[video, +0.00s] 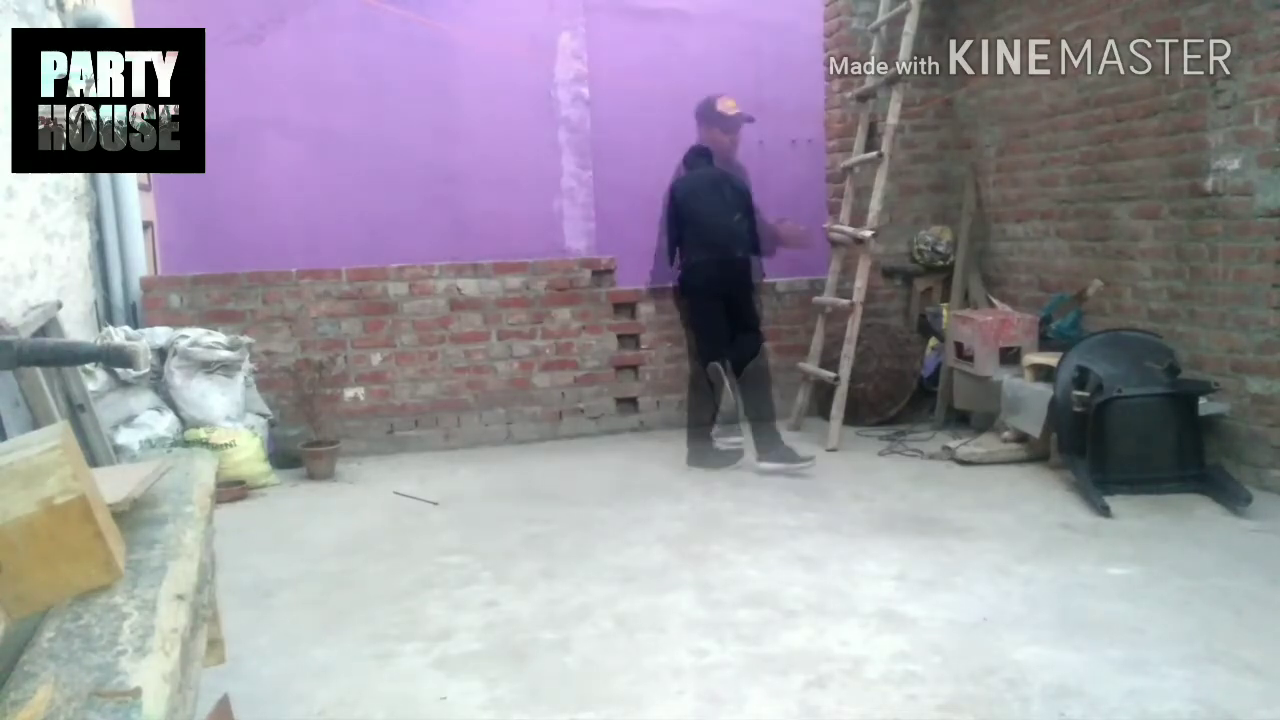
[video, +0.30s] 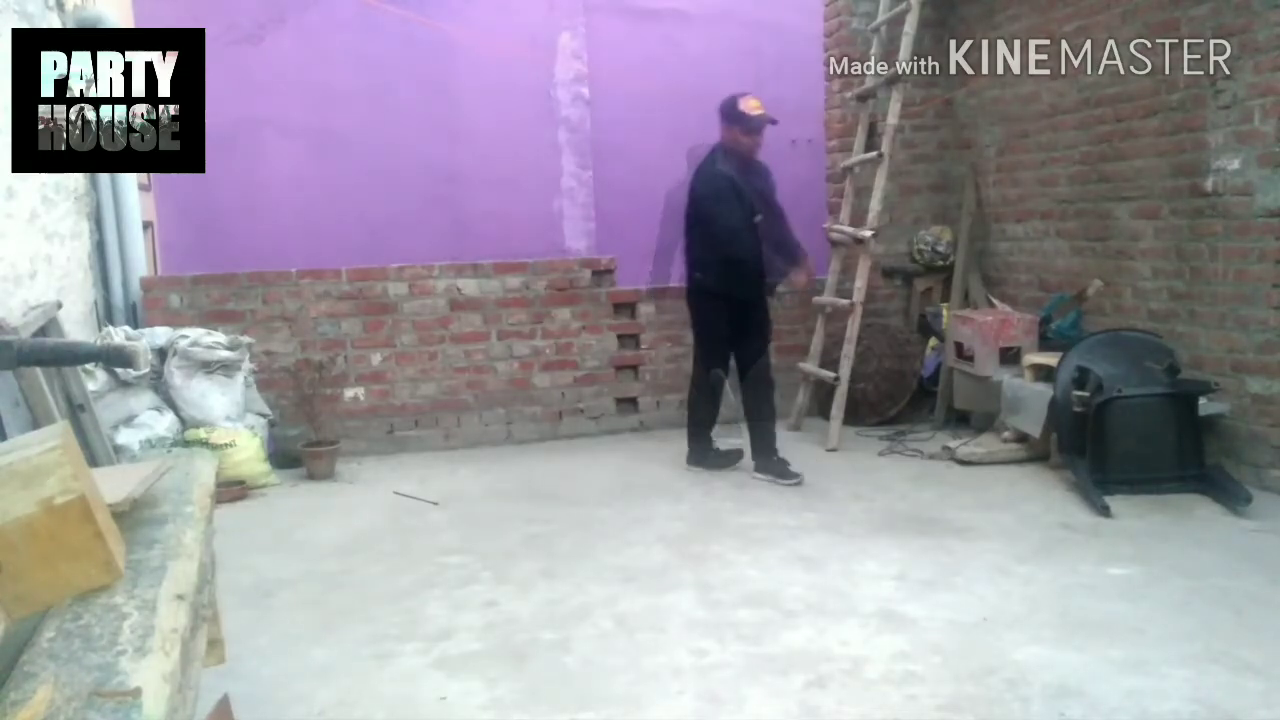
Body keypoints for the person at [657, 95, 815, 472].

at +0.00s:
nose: (734, 139)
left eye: (736, 131)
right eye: (726, 131)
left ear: (737, 131)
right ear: (705, 131)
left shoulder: (735, 176)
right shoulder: (694, 178)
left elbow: (741, 226)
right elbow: (718, 230)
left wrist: (771, 233)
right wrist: (767, 234)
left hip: (735, 276)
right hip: (702, 280)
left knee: (750, 356)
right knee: (709, 360)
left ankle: (769, 444)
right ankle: (699, 445)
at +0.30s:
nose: (756, 139)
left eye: (760, 131)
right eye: (748, 132)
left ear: (762, 132)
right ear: (727, 131)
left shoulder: (756, 172)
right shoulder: (712, 176)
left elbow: (775, 219)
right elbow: (733, 238)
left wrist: (796, 259)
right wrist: (765, 274)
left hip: (748, 287)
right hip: (711, 289)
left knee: (756, 369)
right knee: (710, 368)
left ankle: (766, 454)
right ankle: (699, 448)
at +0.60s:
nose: (784, 138)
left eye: (789, 129)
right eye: (776, 130)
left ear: (793, 128)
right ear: (755, 126)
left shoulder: (788, 171)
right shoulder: (730, 173)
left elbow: (798, 232)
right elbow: (723, 244)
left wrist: (804, 286)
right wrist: (732, 301)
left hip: (774, 286)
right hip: (736, 288)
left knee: (773, 373)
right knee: (731, 368)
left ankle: (767, 455)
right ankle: (715, 432)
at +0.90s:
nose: (787, 136)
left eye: (793, 127)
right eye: (778, 127)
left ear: (801, 123)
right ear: (760, 124)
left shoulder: (810, 168)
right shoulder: (728, 169)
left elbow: (819, 232)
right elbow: (698, 229)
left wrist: (815, 288)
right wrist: (685, 285)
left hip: (791, 295)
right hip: (742, 295)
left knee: (789, 379)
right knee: (743, 373)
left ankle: (772, 454)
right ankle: (743, 439)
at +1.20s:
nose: (777, 132)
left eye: (783, 123)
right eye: (768, 124)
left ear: (794, 119)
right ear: (754, 123)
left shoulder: (820, 164)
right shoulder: (727, 167)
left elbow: (838, 230)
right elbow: (700, 226)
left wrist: (831, 287)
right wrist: (679, 280)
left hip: (797, 297)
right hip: (744, 296)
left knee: (790, 383)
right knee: (747, 385)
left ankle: (774, 454)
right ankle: (750, 482)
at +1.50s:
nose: (764, 137)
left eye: (769, 126)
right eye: (753, 130)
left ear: (784, 120)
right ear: (742, 133)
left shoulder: (821, 172)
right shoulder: (724, 179)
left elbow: (836, 241)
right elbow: (707, 244)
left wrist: (826, 300)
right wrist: (696, 303)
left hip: (798, 307)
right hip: (742, 308)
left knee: (792, 389)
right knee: (747, 398)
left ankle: (778, 449)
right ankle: (755, 497)